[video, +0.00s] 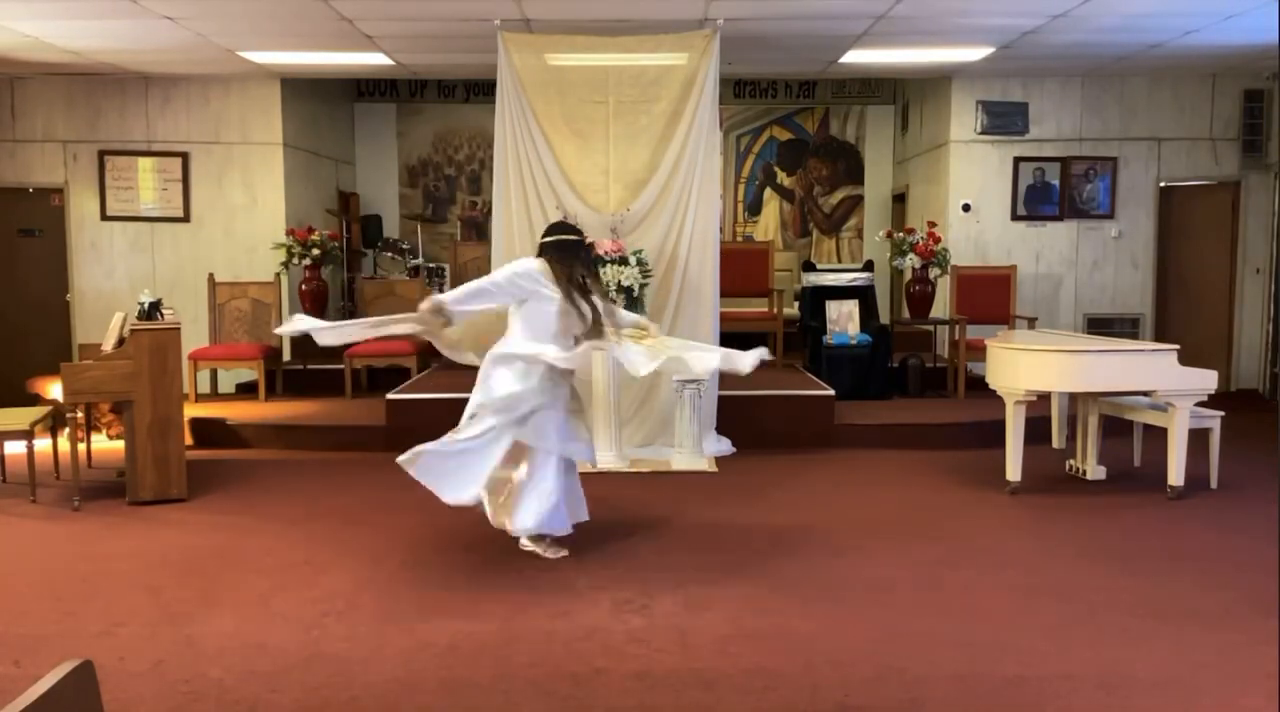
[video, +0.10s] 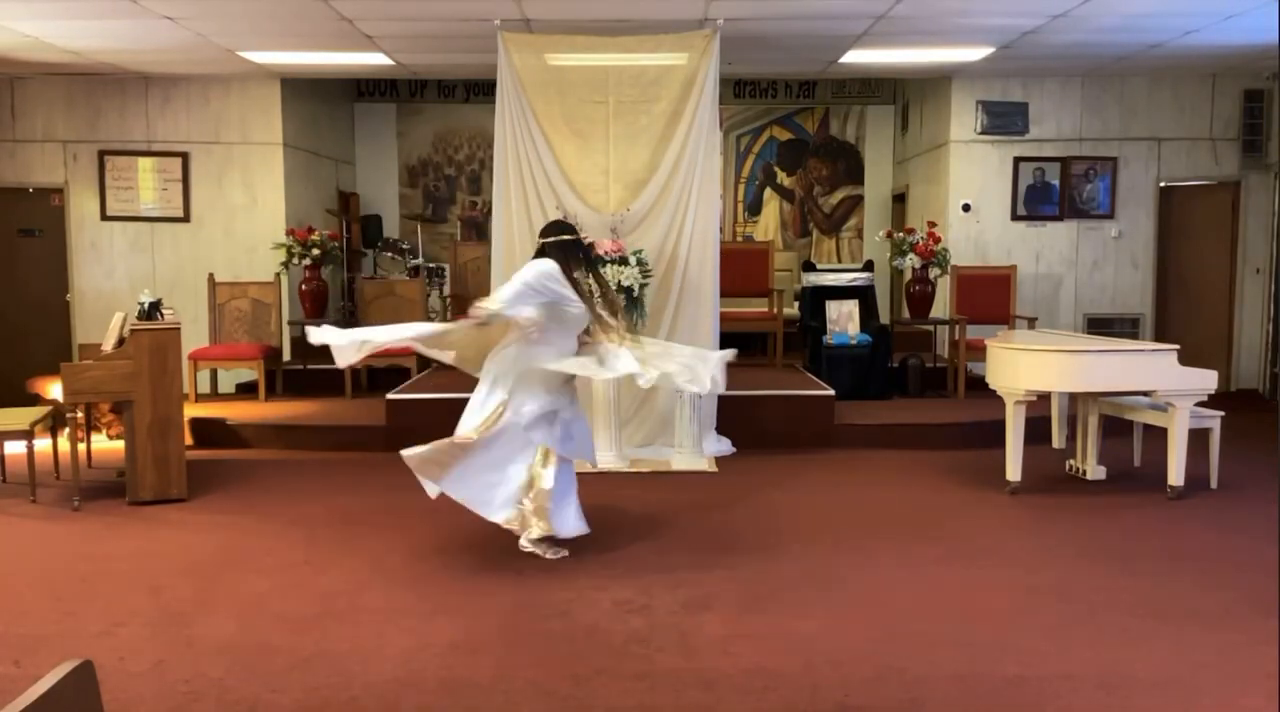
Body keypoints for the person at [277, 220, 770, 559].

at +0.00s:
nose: (586, 263)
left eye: (585, 255)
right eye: (579, 255)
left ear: (564, 256)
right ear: (562, 254)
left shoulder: (580, 294)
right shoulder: (532, 272)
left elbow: (615, 321)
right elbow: (486, 290)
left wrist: (641, 331)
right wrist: (442, 303)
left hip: (553, 378)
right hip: (517, 369)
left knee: (550, 449)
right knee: (511, 437)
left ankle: (532, 527)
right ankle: (495, 488)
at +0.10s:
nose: (586, 250)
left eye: (583, 245)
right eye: (580, 243)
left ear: (557, 248)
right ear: (564, 245)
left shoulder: (571, 285)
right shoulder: (542, 272)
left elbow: (577, 333)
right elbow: (503, 299)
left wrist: (598, 338)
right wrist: (480, 312)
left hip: (551, 376)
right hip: (521, 371)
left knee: (548, 448)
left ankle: (528, 521)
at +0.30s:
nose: (568, 249)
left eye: (562, 243)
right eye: (565, 243)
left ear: (526, 245)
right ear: (557, 244)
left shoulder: (507, 280)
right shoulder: (558, 270)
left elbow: (496, 325)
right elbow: (605, 304)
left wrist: (510, 345)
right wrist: (614, 318)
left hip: (514, 374)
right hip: (556, 376)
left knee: (525, 443)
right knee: (563, 449)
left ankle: (527, 522)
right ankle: (552, 526)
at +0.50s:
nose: (539, 251)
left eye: (524, 249)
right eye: (544, 245)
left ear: (512, 249)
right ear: (547, 246)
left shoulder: (501, 283)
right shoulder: (568, 274)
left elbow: (457, 314)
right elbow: (614, 290)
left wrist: (426, 335)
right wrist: (663, 299)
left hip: (516, 377)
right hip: (562, 375)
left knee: (515, 445)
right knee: (561, 442)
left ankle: (521, 527)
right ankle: (549, 517)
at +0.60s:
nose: (526, 254)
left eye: (515, 249)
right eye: (537, 245)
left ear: (507, 251)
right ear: (547, 246)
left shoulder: (508, 284)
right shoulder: (572, 273)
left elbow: (466, 318)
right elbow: (628, 286)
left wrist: (427, 345)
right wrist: (659, 288)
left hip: (532, 378)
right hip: (577, 377)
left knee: (528, 442)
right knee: (567, 443)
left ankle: (531, 523)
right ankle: (552, 517)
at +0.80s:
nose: (510, 253)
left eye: (513, 245)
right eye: (515, 245)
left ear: (521, 246)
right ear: (546, 241)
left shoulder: (548, 276)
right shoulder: (542, 275)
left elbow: (535, 334)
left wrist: (503, 337)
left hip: (573, 376)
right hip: (562, 373)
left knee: (572, 447)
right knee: (555, 445)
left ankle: (581, 525)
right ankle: (557, 518)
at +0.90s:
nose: (523, 252)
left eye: (527, 246)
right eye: (525, 246)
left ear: (536, 248)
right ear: (556, 244)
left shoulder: (571, 283)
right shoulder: (531, 283)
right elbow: (516, 340)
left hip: (585, 379)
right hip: (553, 378)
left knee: (594, 451)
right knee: (555, 446)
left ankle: (603, 527)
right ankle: (559, 524)